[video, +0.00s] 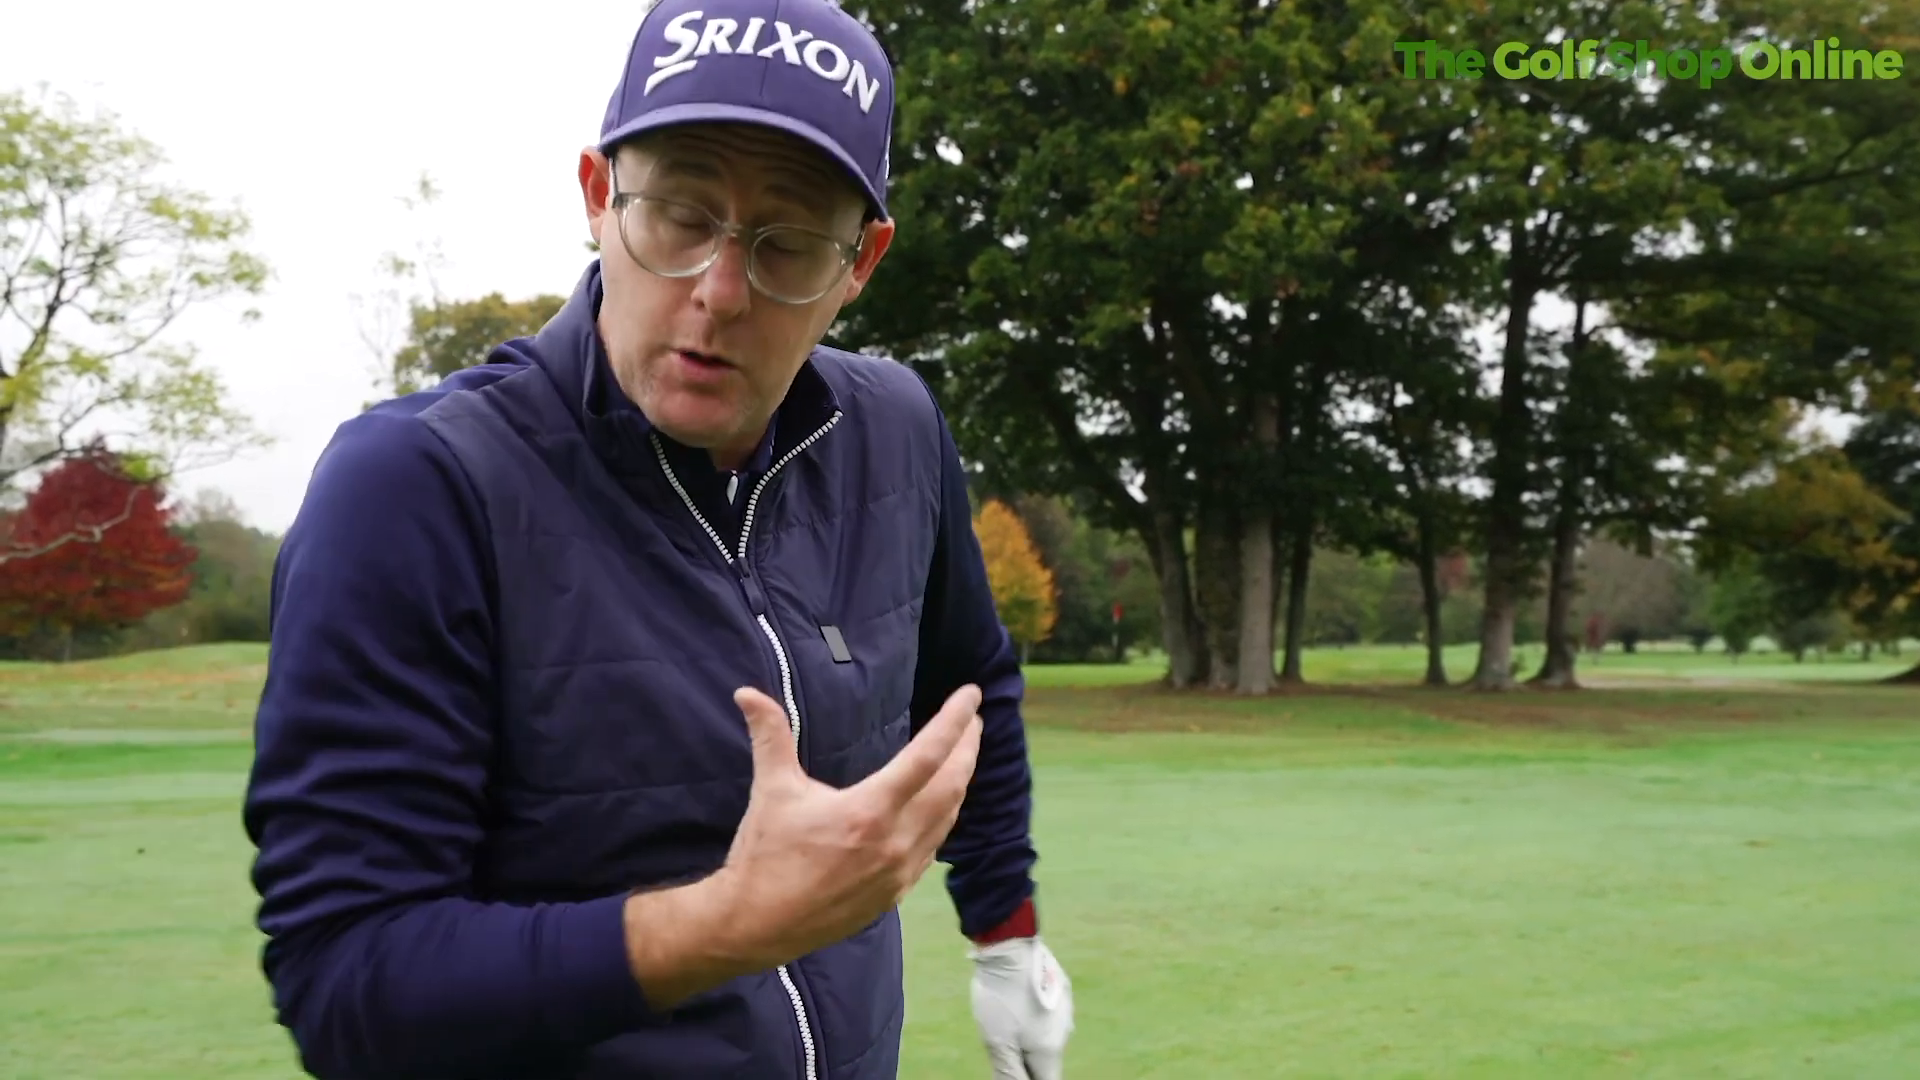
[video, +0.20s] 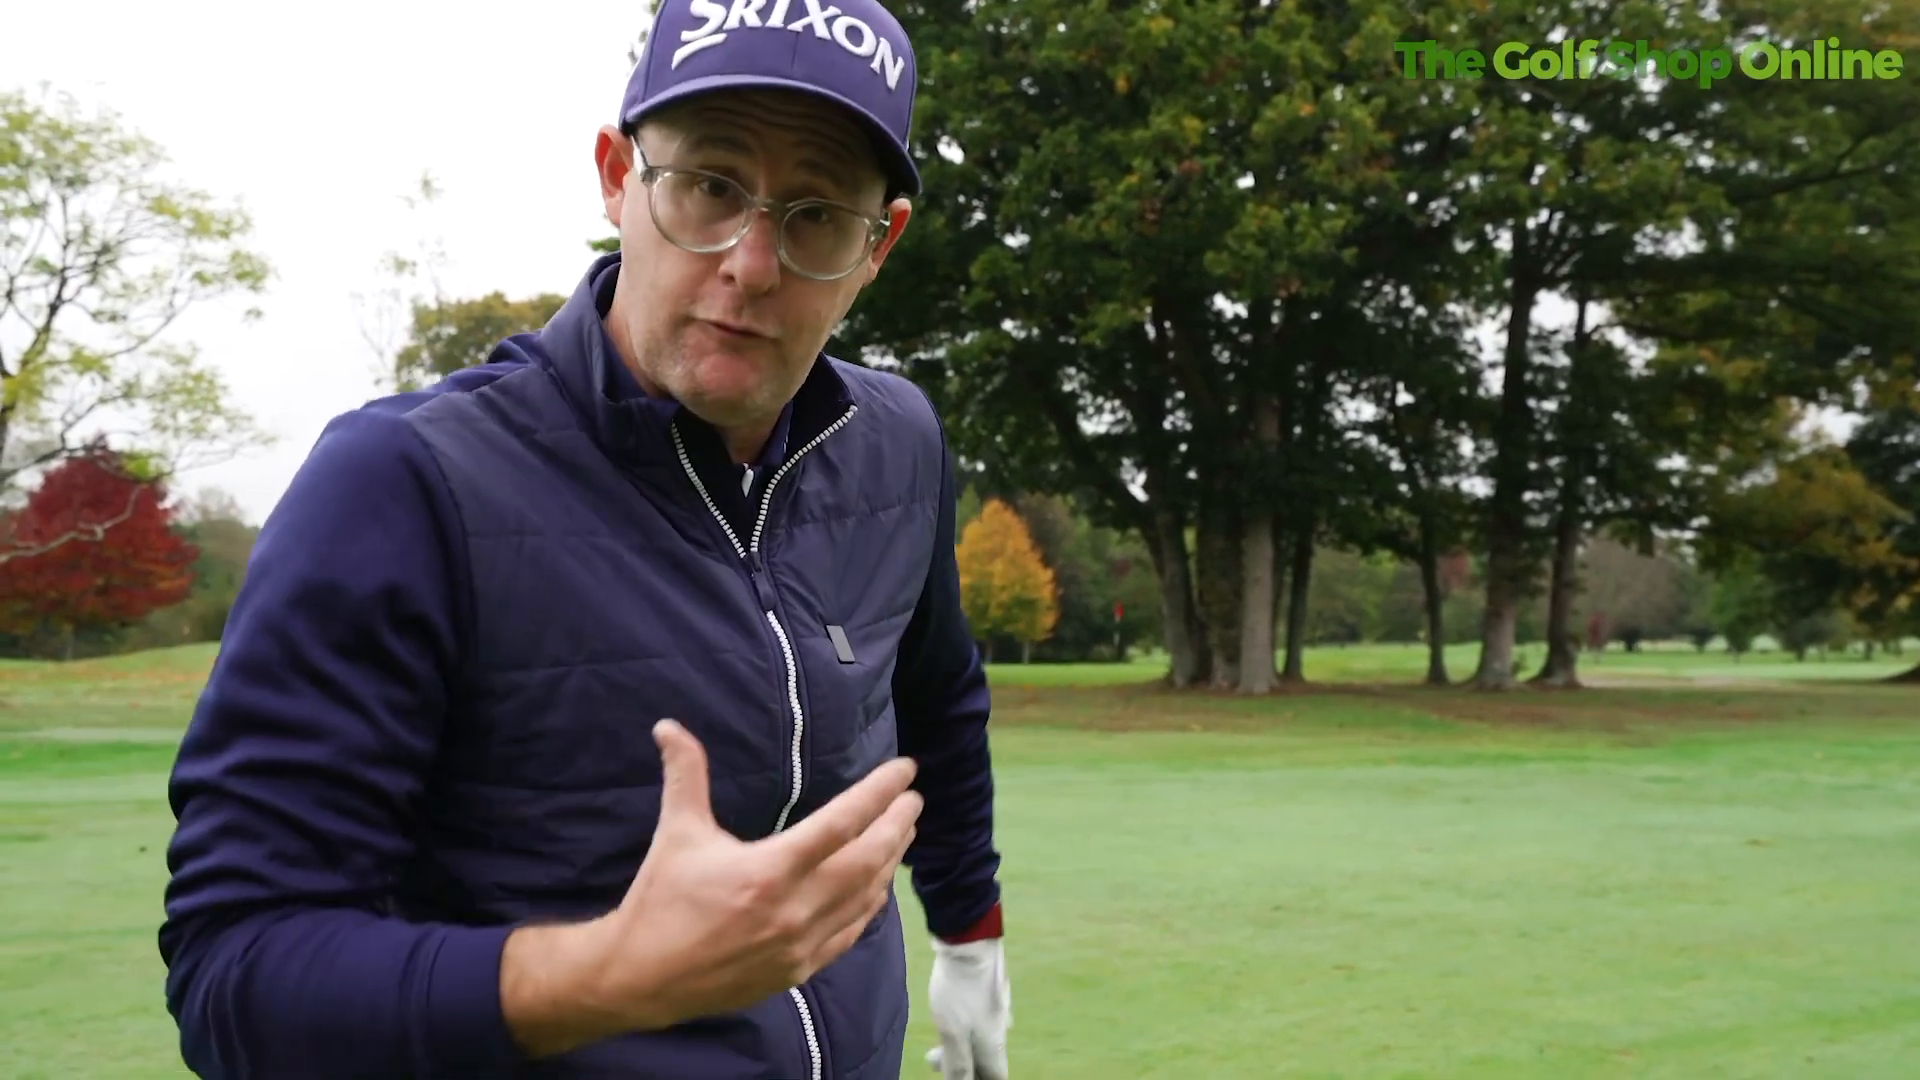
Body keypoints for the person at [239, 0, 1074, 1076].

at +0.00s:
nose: (721, 291)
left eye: (782, 240)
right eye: (683, 216)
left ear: (857, 266)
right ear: (600, 200)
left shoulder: (893, 434)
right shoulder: (415, 484)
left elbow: (970, 690)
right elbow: (343, 979)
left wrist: (1004, 933)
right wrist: (717, 923)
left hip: (851, 1054)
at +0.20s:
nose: (750, 266)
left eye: (811, 212)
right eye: (713, 188)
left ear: (878, 244)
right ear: (619, 179)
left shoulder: (897, 450)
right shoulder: (404, 486)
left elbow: (938, 699)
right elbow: (237, 975)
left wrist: (969, 930)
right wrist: (602, 974)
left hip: (852, 1049)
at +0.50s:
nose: (784, 235)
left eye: (837, 181)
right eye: (738, 161)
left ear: (887, 224)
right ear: (631, 169)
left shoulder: (898, 473)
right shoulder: (402, 513)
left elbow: (839, 821)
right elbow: (259, 968)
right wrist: (564, 1061)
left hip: (859, 1056)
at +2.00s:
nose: (849, 310)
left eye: (869, 248)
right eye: (793, 249)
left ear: (891, 224)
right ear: (629, 219)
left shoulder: (849, 484)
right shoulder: (410, 553)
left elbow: (887, 853)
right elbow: (366, 1024)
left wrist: (913, 1064)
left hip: (828, 1053)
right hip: (572, 1058)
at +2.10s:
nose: (869, 333)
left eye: (891, 266)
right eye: (809, 268)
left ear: (911, 248)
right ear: (647, 242)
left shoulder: (850, 481)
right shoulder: (444, 576)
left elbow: (897, 867)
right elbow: (471, 1050)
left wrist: (921, 1066)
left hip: (825, 1050)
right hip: (615, 1059)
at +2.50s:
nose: (985, 408)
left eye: (1012, 355)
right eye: (938, 351)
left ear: (1038, 334)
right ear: (795, 311)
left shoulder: (971, 534)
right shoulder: (588, 602)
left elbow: (948, 907)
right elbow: (624, 1041)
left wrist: (944, 1063)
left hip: (862, 1041)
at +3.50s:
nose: (1046, 557)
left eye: (1076, 504)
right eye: (1004, 500)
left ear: (1108, 473)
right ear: (863, 437)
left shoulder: (1064, 668)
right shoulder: (573, 602)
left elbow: (930, 1034)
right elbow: (520, 1024)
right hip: (615, 1056)